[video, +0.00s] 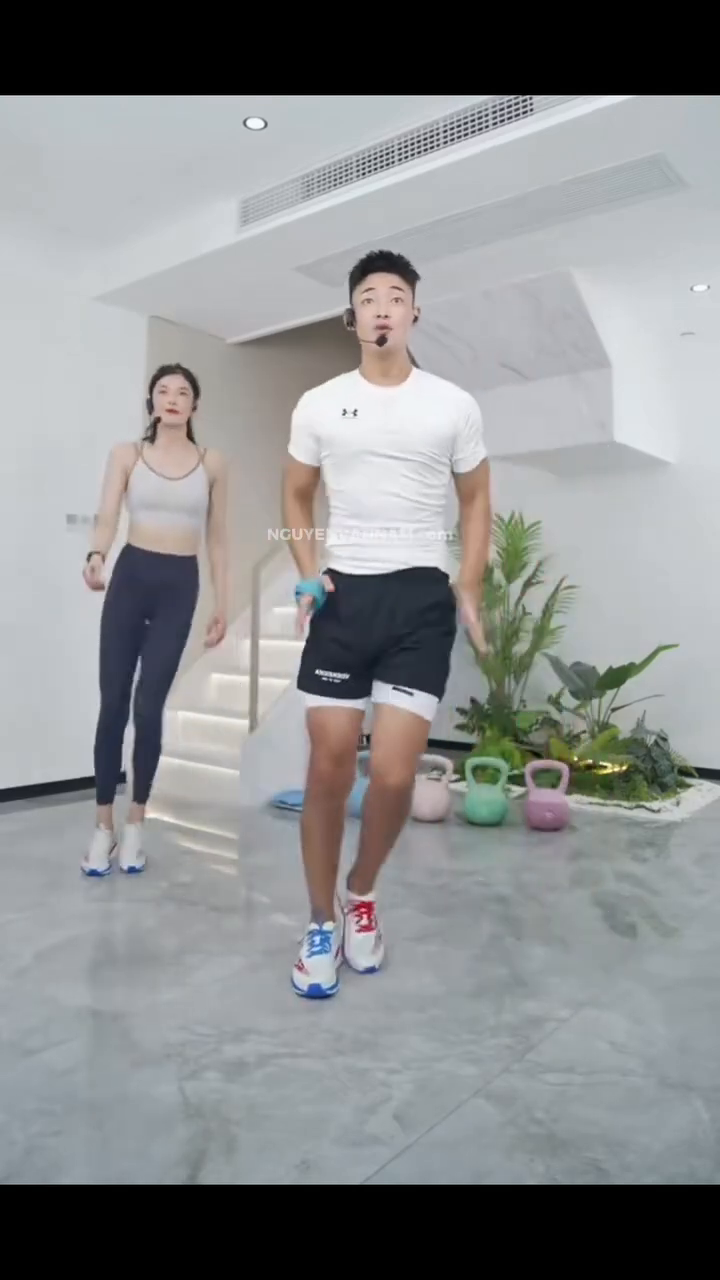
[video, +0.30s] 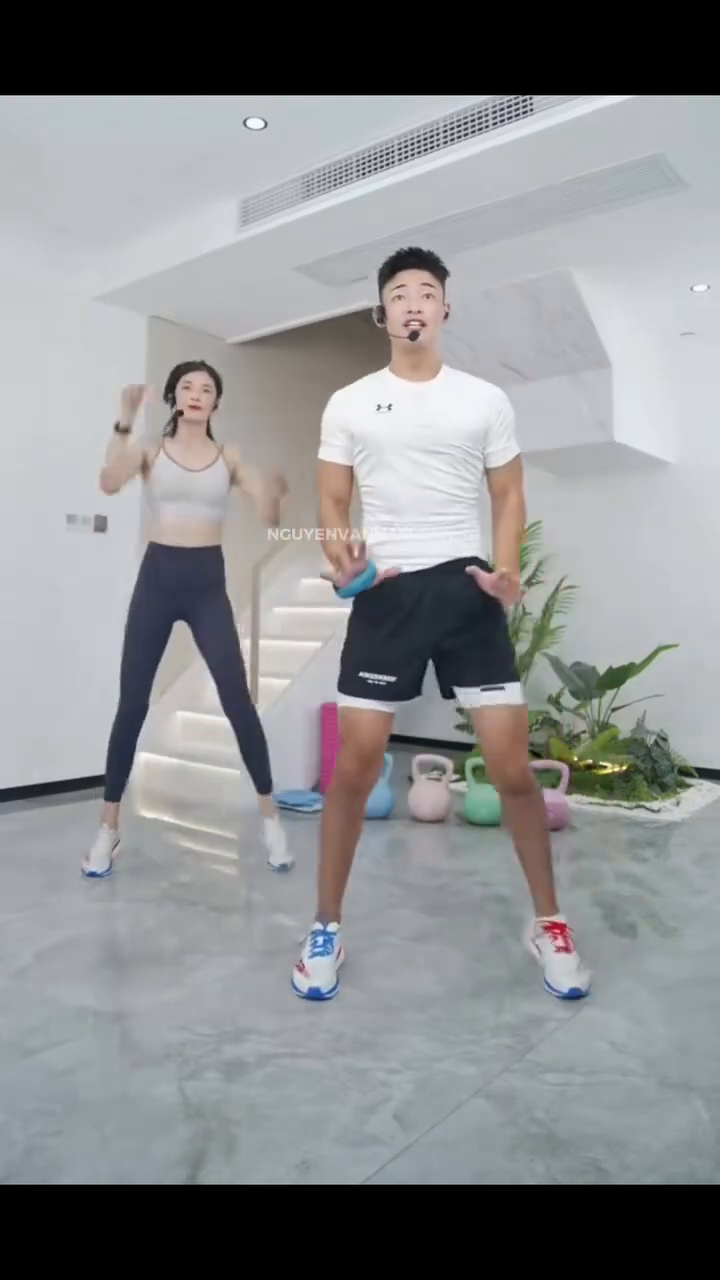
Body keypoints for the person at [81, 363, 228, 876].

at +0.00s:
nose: (173, 399)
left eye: (182, 393)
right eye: (165, 391)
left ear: (195, 405)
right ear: (151, 400)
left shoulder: (212, 463)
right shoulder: (128, 455)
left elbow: (218, 538)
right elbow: (107, 519)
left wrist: (223, 605)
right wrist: (96, 555)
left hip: (181, 586)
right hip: (130, 579)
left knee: (148, 706)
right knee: (113, 704)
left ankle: (136, 821)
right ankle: (104, 823)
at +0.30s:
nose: (198, 395)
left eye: (207, 390)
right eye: (189, 388)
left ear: (217, 402)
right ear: (173, 397)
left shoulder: (228, 456)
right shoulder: (151, 448)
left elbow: (266, 517)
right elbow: (109, 482)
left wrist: (275, 493)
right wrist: (125, 421)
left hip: (208, 584)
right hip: (155, 582)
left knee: (237, 702)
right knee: (132, 705)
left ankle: (270, 814)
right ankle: (109, 824)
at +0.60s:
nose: (235, 418)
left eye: (245, 411)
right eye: (228, 409)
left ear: (258, 418)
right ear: (216, 413)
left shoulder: (270, 463)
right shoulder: (197, 458)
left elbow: (312, 430)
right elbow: (156, 408)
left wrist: (277, 381)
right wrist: (204, 366)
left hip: (263, 589)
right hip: (214, 590)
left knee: (268, 707)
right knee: (170, 705)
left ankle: (278, 825)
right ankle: (184, 792)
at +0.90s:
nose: (245, 422)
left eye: (255, 416)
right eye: (239, 413)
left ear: (269, 424)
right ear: (227, 416)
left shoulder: (277, 468)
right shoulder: (206, 455)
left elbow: (333, 439)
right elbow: (174, 391)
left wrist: (298, 392)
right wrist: (229, 363)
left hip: (261, 592)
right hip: (212, 592)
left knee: (270, 713)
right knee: (184, 713)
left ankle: (277, 825)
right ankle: (231, 814)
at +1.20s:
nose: (223, 420)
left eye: (233, 415)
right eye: (217, 410)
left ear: (245, 422)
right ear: (204, 413)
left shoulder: (246, 468)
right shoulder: (179, 450)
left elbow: (295, 445)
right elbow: (156, 377)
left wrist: (266, 391)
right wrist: (213, 360)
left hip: (218, 591)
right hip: (168, 586)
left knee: (243, 714)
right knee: (135, 709)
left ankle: (276, 825)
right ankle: (102, 821)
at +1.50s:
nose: (184, 430)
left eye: (194, 424)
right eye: (178, 420)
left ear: (205, 431)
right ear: (165, 420)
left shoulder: (207, 478)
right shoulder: (136, 456)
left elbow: (250, 469)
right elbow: (101, 396)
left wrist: (228, 415)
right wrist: (159, 372)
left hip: (168, 597)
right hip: (118, 592)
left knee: (179, 710)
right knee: (104, 711)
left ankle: (182, 793)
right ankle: (103, 826)